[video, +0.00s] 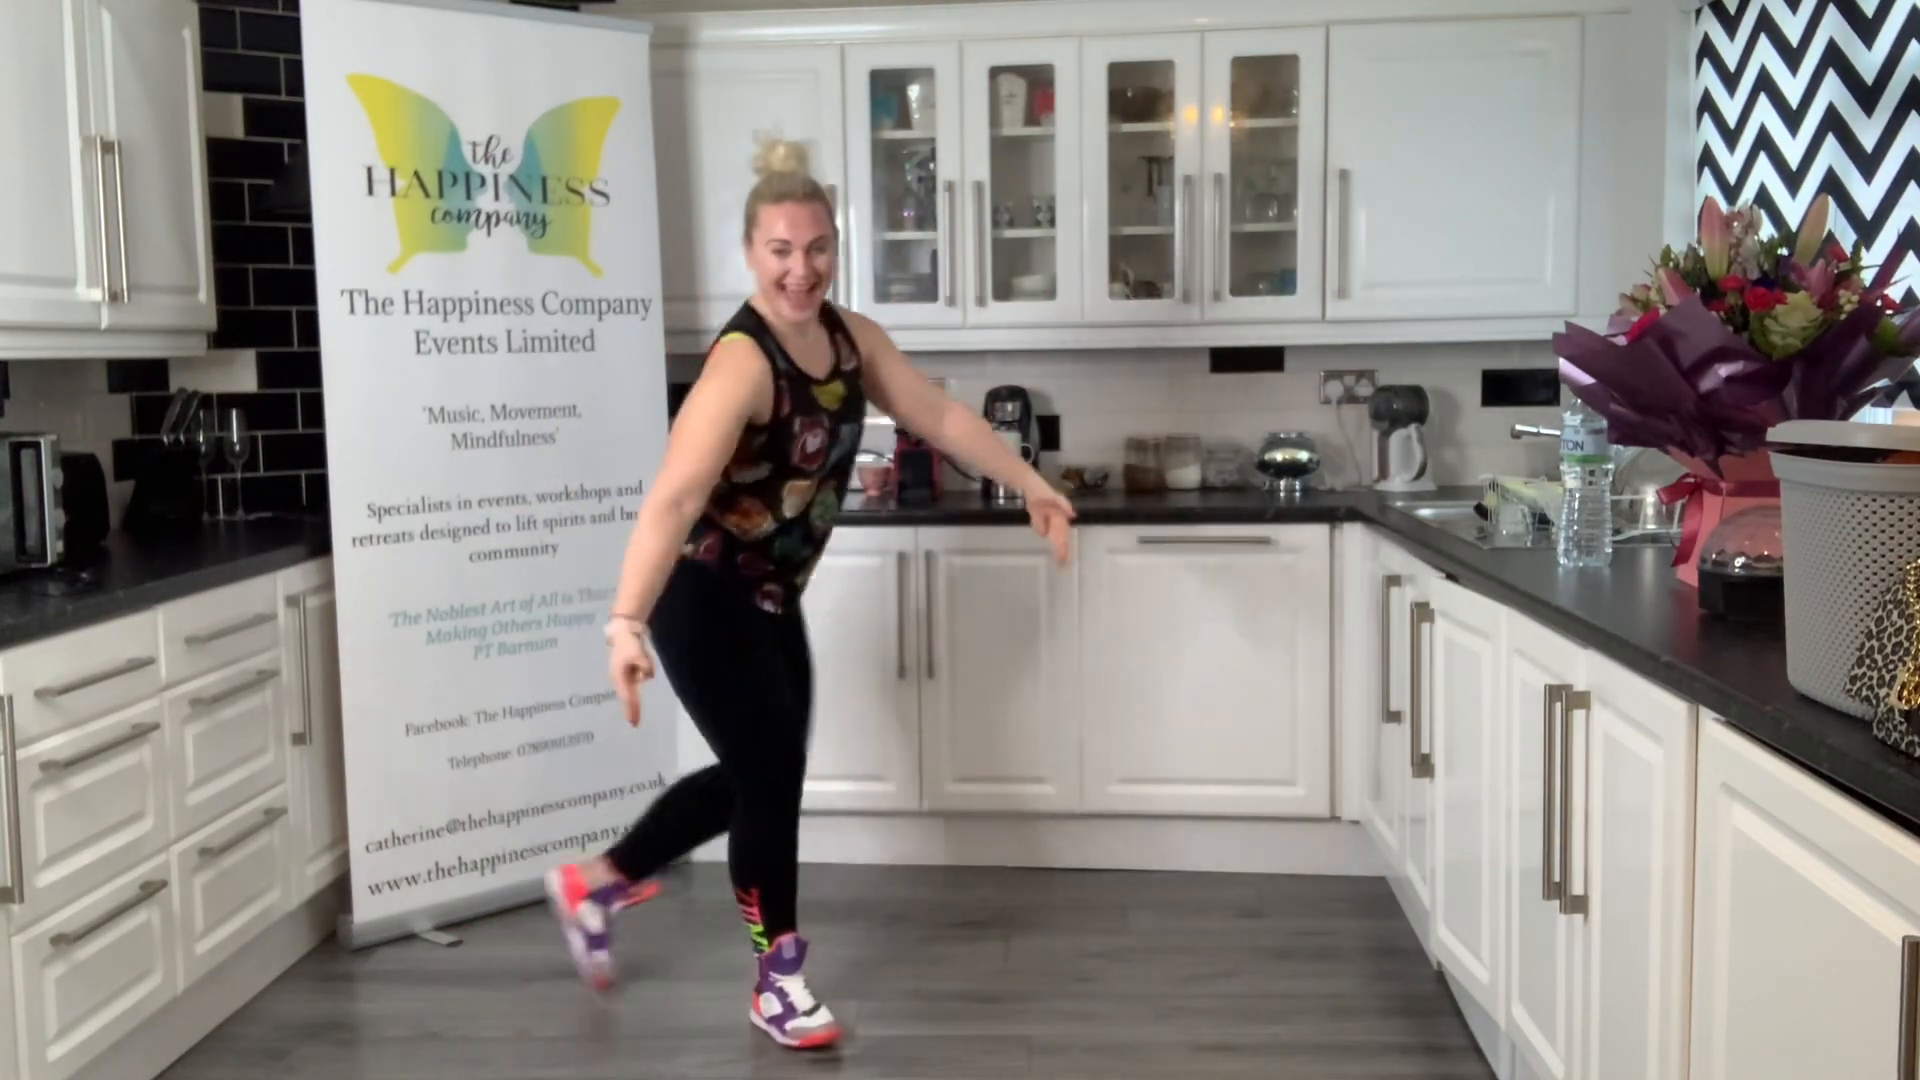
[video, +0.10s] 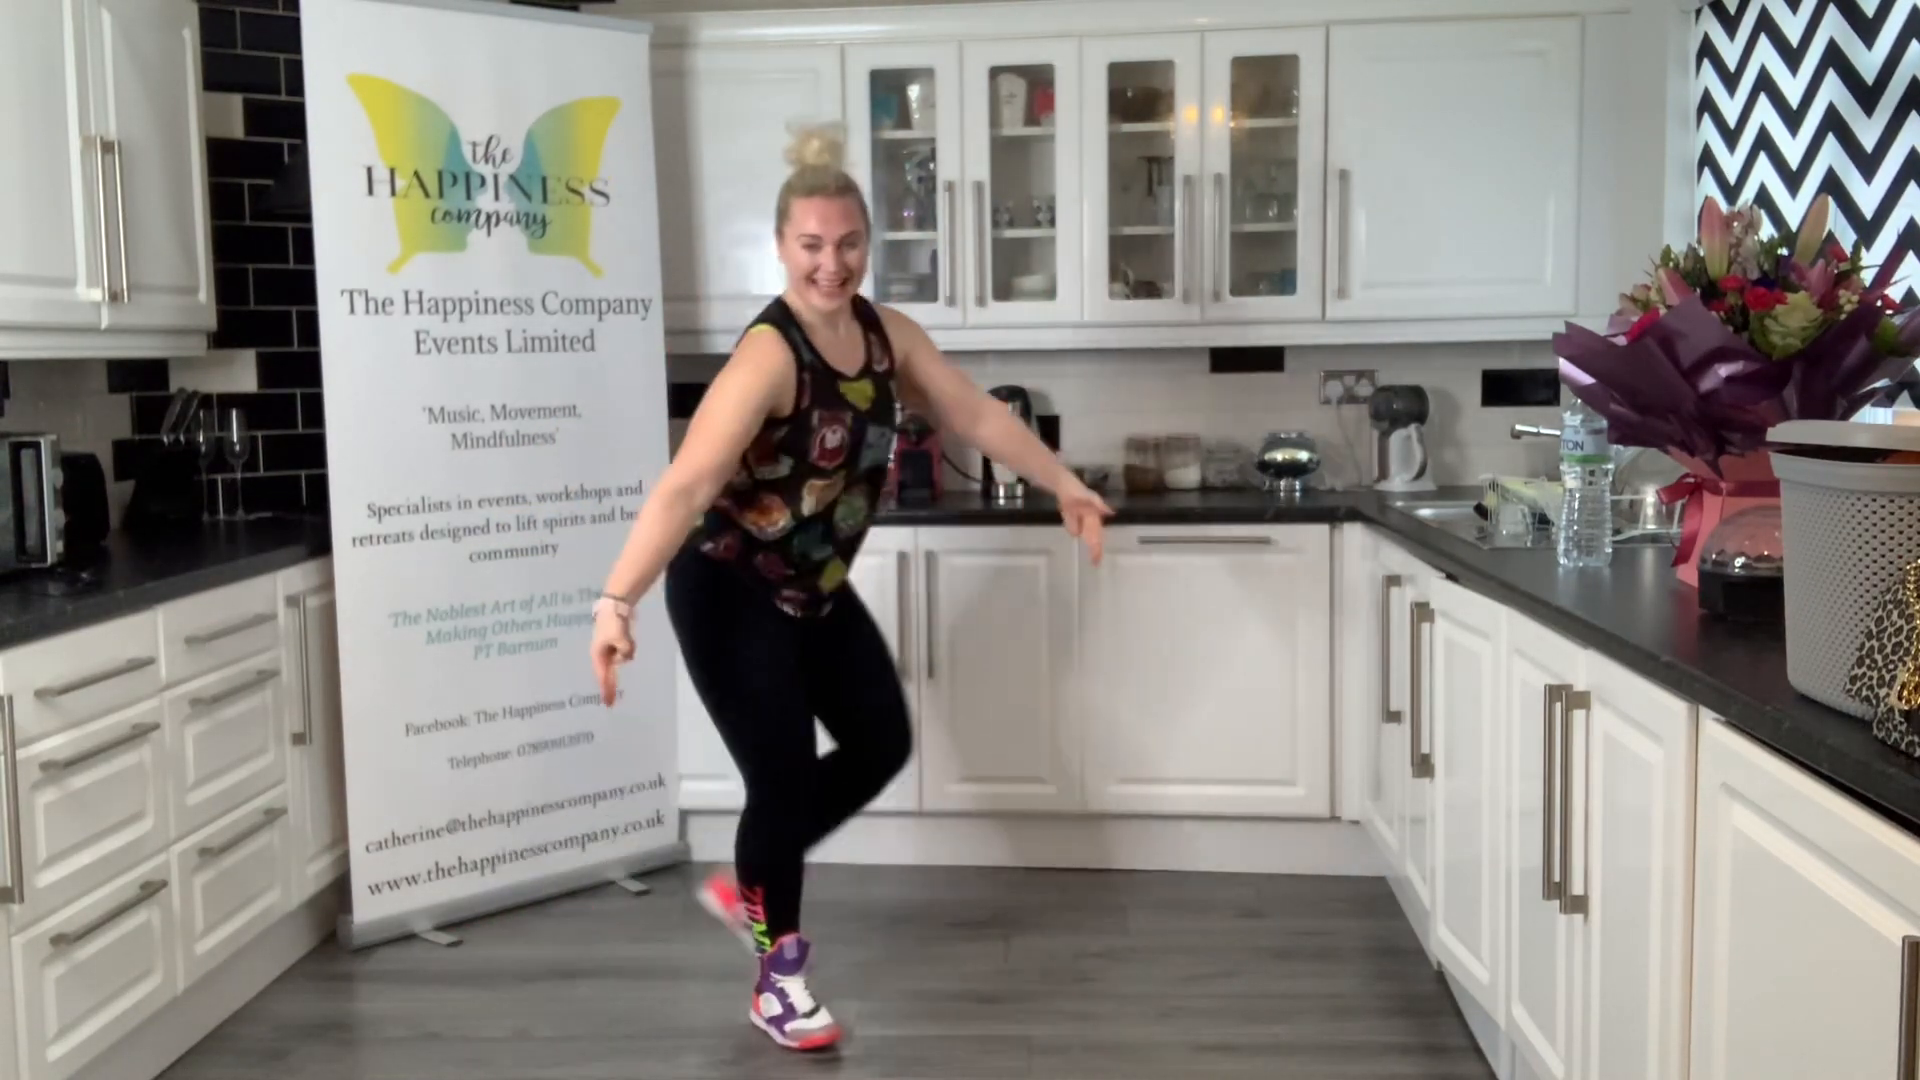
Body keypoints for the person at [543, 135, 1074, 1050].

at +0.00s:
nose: (799, 266)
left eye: (815, 247)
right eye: (780, 249)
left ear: (835, 248)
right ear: (750, 252)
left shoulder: (854, 338)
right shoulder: (742, 364)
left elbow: (938, 416)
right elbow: (674, 495)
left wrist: (1032, 485)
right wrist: (628, 615)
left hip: (773, 595)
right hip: (700, 594)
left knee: (761, 770)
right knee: (768, 765)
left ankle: (598, 885)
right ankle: (778, 976)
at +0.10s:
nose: (830, 261)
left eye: (846, 243)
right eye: (810, 244)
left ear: (868, 244)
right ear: (781, 247)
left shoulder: (892, 334)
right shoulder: (769, 355)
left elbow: (977, 418)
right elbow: (688, 484)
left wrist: (1065, 484)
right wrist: (617, 597)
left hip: (815, 585)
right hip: (728, 584)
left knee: (880, 744)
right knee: (780, 773)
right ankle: (781, 975)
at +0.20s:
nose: (860, 269)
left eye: (877, 249)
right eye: (840, 251)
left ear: (900, 248)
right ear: (813, 253)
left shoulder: (927, 342)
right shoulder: (797, 365)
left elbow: (1020, 417)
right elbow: (710, 490)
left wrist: (1115, 480)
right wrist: (628, 596)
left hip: (860, 589)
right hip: (766, 596)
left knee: (951, 734)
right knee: (811, 773)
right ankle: (783, 980)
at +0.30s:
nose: (894, 273)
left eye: (911, 254)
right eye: (875, 256)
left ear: (934, 253)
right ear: (849, 260)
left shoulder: (977, 347)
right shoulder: (834, 369)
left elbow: (1079, 411)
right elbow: (743, 485)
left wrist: (1181, 473)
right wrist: (651, 588)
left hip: (920, 596)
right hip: (817, 601)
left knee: (992, 768)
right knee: (841, 783)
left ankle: (1054, 943)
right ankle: (787, 982)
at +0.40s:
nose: (931, 264)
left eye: (947, 244)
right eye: (911, 247)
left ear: (973, 245)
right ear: (887, 253)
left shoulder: (1031, 329)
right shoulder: (870, 359)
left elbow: (1147, 382)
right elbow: (767, 468)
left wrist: (1256, 442)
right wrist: (675, 558)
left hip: (984, 591)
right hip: (874, 593)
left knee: (1029, 776)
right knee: (865, 780)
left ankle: (1067, 955)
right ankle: (806, 969)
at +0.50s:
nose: (965, 251)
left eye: (982, 231)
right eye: (945, 234)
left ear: (1007, 230)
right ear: (919, 240)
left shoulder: (1067, 307)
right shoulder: (899, 341)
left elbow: (1186, 335)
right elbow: (772, 424)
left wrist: (1274, 392)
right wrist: (721, 532)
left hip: (1032, 580)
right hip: (918, 583)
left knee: (1058, 775)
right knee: (899, 770)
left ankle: (1068, 952)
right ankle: (883, 930)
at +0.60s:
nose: (994, 245)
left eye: (1011, 225)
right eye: (975, 228)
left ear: (1036, 225)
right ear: (949, 233)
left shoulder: (1093, 298)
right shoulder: (921, 333)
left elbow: (1222, 329)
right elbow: (793, 388)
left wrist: (1227, 382)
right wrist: (806, 500)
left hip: (1067, 575)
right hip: (948, 576)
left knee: (1084, 767)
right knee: (940, 767)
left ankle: (1096, 940)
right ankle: (945, 934)